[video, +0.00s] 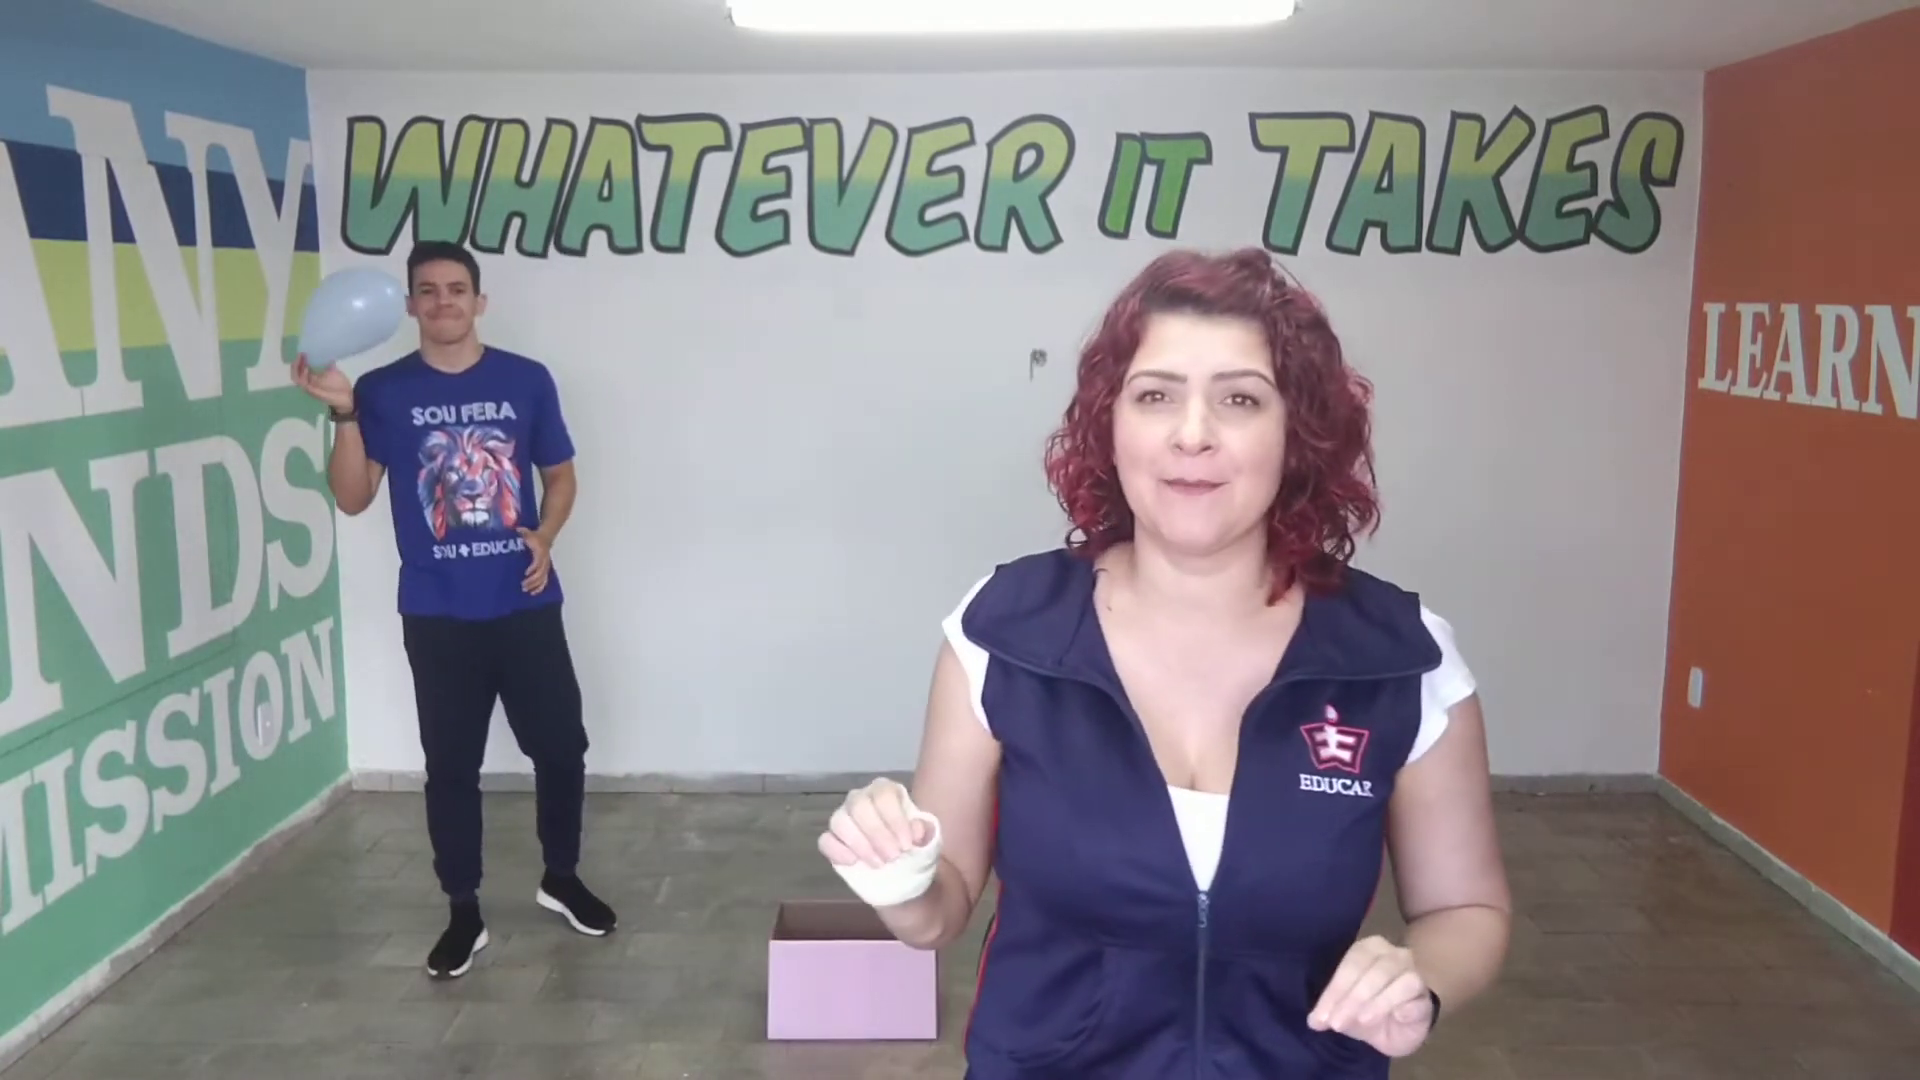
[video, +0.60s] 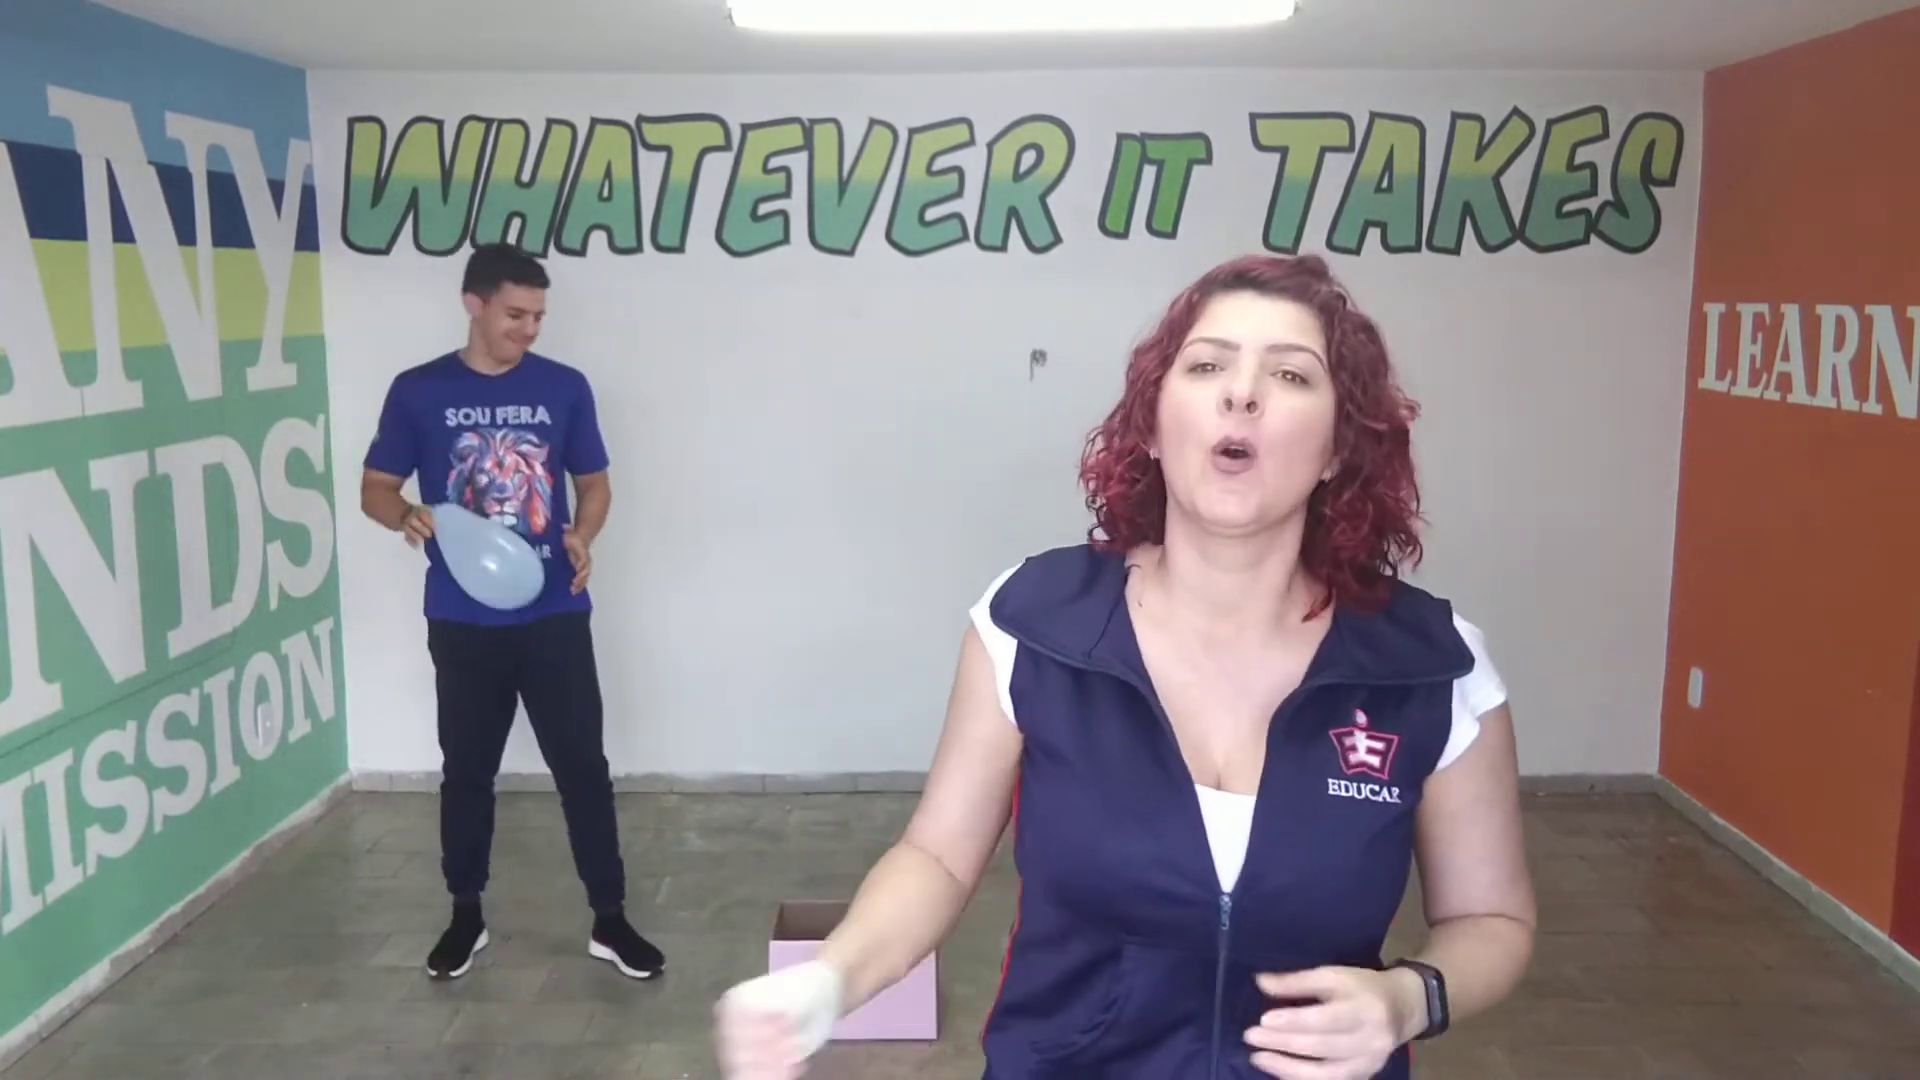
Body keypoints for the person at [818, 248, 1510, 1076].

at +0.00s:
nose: (1193, 435)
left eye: (1240, 398)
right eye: (1155, 395)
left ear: (1301, 434)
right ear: (1107, 423)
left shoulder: (1396, 654)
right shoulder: (1008, 628)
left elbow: (1464, 906)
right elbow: (935, 914)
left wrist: (1412, 974)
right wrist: (892, 869)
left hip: (1297, 1061)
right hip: (1046, 1059)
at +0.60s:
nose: (1239, 398)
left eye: (1289, 375)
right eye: (1209, 365)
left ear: (1342, 439)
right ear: (1155, 411)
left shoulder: (1430, 667)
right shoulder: (1036, 618)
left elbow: (1493, 923)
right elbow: (935, 856)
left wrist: (1411, 1003)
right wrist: (829, 979)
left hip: (1309, 1073)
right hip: (1066, 1067)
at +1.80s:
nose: (1280, 432)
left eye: (1330, 402)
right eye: (1252, 397)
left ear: (1391, 439)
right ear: (1213, 424)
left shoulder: (1486, 672)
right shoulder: (1200, 601)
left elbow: (1560, 1001)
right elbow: (1185, 817)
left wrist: (1293, 973)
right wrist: (1066, 946)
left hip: (1410, 1064)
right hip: (1210, 1060)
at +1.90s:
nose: (1296, 433)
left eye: (1346, 406)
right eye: (1270, 399)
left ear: (1408, 443)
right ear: (1230, 426)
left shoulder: (1509, 672)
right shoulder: (1217, 602)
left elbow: (1581, 989)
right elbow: (1203, 823)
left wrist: (1320, 968)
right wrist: (1100, 971)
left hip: (1427, 1061)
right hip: (1227, 1056)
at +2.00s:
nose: (1333, 430)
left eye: (1380, 407)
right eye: (1304, 393)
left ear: (1429, 450)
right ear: (1253, 421)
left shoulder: (1516, 665)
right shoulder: (1223, 598)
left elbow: (1601, 967)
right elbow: (1222, 821)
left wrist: (1349, 973)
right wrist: (1126, 968)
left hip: (1434, 1060)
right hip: (1237, 1051)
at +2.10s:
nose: (1357, 426)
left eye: (1401, 402)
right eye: (1324, 390)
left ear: (1442, 444)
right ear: (1267, 419)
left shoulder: (1521, 658)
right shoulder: (1231, 595)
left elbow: (1614, 949)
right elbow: (1246, 808)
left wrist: (1388, 1017)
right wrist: (1129, 926)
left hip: (1440, 1063)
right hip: (1246, 1054)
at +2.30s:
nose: (1331, 430)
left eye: (1376, 398)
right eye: (1300, 396)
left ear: (1439, 433)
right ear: (1265, 426)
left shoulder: (1531, 652)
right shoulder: (1258, 587)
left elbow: (1639, 938)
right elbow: (1241, 791)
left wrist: (1445, 973)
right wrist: (1080, 863)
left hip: (1436, 1060)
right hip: (1252, 1048)